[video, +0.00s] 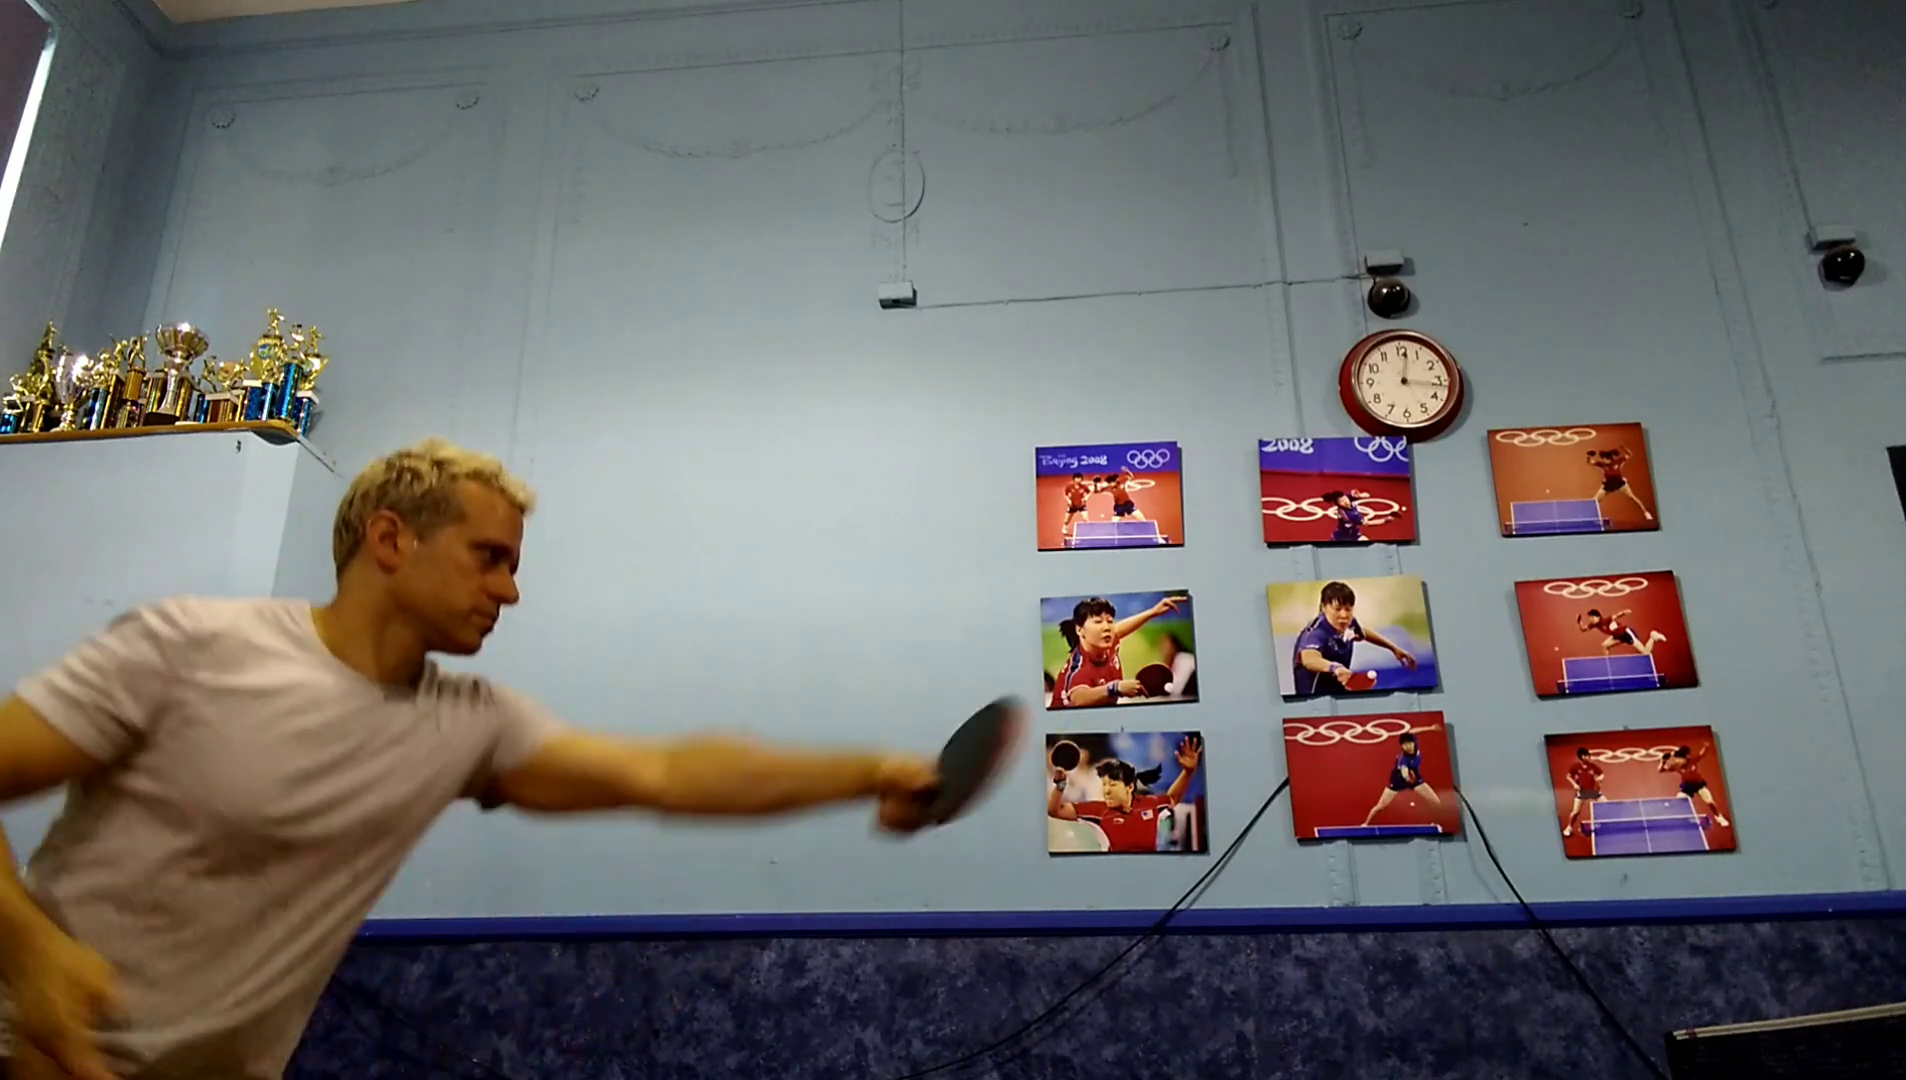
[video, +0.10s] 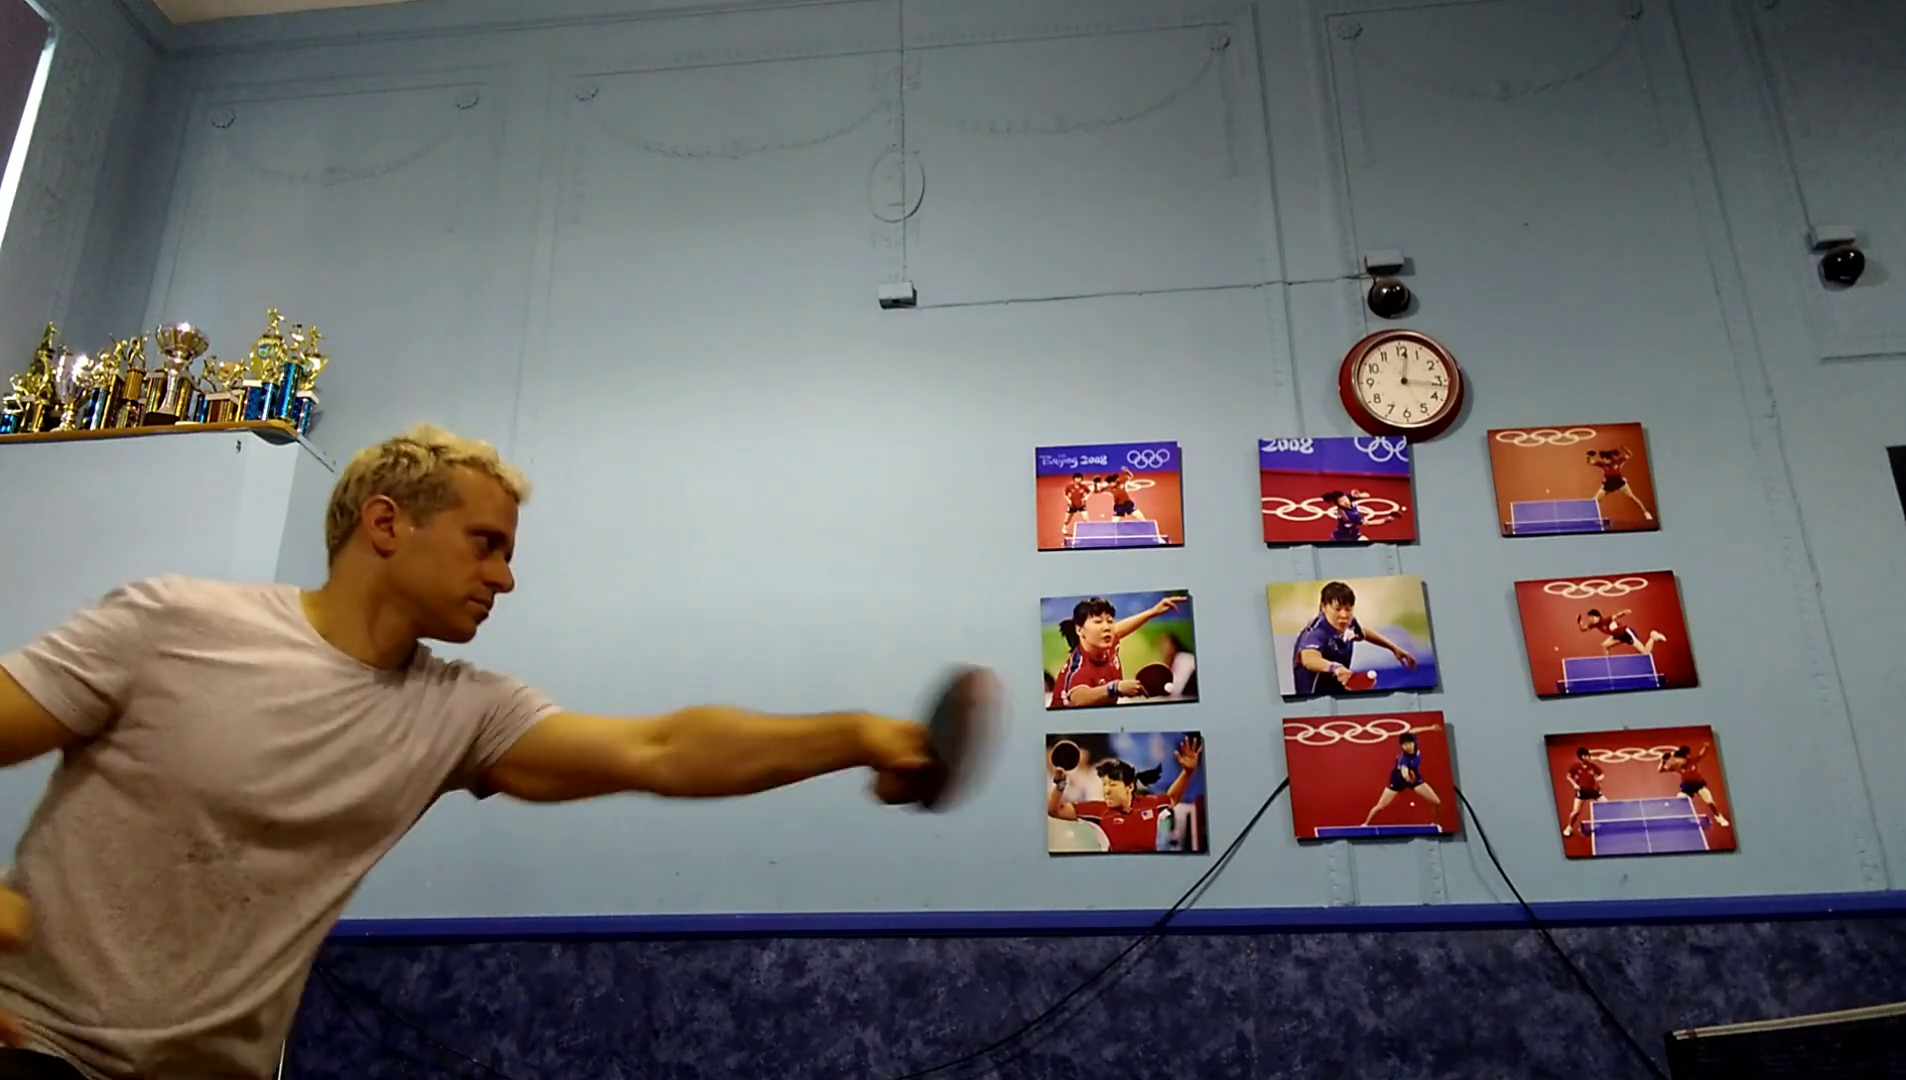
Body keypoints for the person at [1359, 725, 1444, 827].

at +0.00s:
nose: (1408, 747)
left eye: (1409, 744)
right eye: (1405, 745)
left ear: (1414, 743)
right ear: (1402, 746)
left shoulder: (1416, 748)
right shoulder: (1403, 758)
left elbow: (1414, 731)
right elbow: (1404, 771)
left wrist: (1431, 728)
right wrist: (1409, 778)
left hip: (1415, 779)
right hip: (1398, 781)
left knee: (1436, 802)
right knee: (1381, 806)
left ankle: (1435, 824)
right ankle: (1366, 823)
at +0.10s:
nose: (1408, 747)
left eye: (1409, 744)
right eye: (1405, 745)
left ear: (1414, 743)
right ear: (1402, 746)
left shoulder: (1416, 747)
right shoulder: (1403, 758)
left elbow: (1413, 731)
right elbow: (1404, 771)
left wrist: (1431, 728)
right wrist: (1408, 778)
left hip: (1415, 779)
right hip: (1398, 781)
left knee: (1436, 802)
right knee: (1380, 806)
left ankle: (1435, 823)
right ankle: (1366, 823)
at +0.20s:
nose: (1408, 747)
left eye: (1409, 744)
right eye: (1405, 745)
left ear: (1414, 743)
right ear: (1402, 746)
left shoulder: (1416, 747)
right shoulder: (1403, 758)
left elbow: (1413, 731)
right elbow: (1404, 771)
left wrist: (1431, 728)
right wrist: (1408, 778)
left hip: (1415, 779)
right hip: (1398, 781)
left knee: (1436, 801)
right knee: (1380, 806)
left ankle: (1435, 823)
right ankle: (1366, 823)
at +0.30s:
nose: (1408, 747)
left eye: (1409, 744)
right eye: (1405, 745)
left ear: (1414, 743)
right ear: (1402, 746)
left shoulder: (1415, 747)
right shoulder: (1403, 758)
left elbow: (1413, 731)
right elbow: (1404, 771)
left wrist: (1431, 728)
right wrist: (1408, 778)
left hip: (1414, 779)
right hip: (1398, 781)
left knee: (1436, 801)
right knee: (1380, 806)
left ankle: (1436, 823)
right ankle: (1366, 823)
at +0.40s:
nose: (1408, 747)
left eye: (1409, 744)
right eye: (1405, 745)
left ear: (1414, 743)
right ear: (1402, 746)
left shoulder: (1415, 747)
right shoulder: (1403, 758)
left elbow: (1414, 731)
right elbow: (1404, 771)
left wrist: (1431, 728)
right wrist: (1409, 778)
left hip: (1414, 779)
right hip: (1398, 781)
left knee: (1436, 801)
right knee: (1380, 806)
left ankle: (1436, 823)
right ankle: (1366, 823)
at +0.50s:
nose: (1408, 747)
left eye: (1409, 744)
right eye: (1405, 745)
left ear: (1414, 743)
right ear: (1402, 746)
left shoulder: (1415, 747)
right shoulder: (1403, 758)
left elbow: (1414, 731)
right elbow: (1404, 771)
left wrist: (1431, 728)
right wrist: (1409, 778)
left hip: (1414, 779)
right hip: (1398, 781)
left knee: (1436, 801)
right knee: (1380, 806)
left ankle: (1436, 823)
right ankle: (1366, 823)